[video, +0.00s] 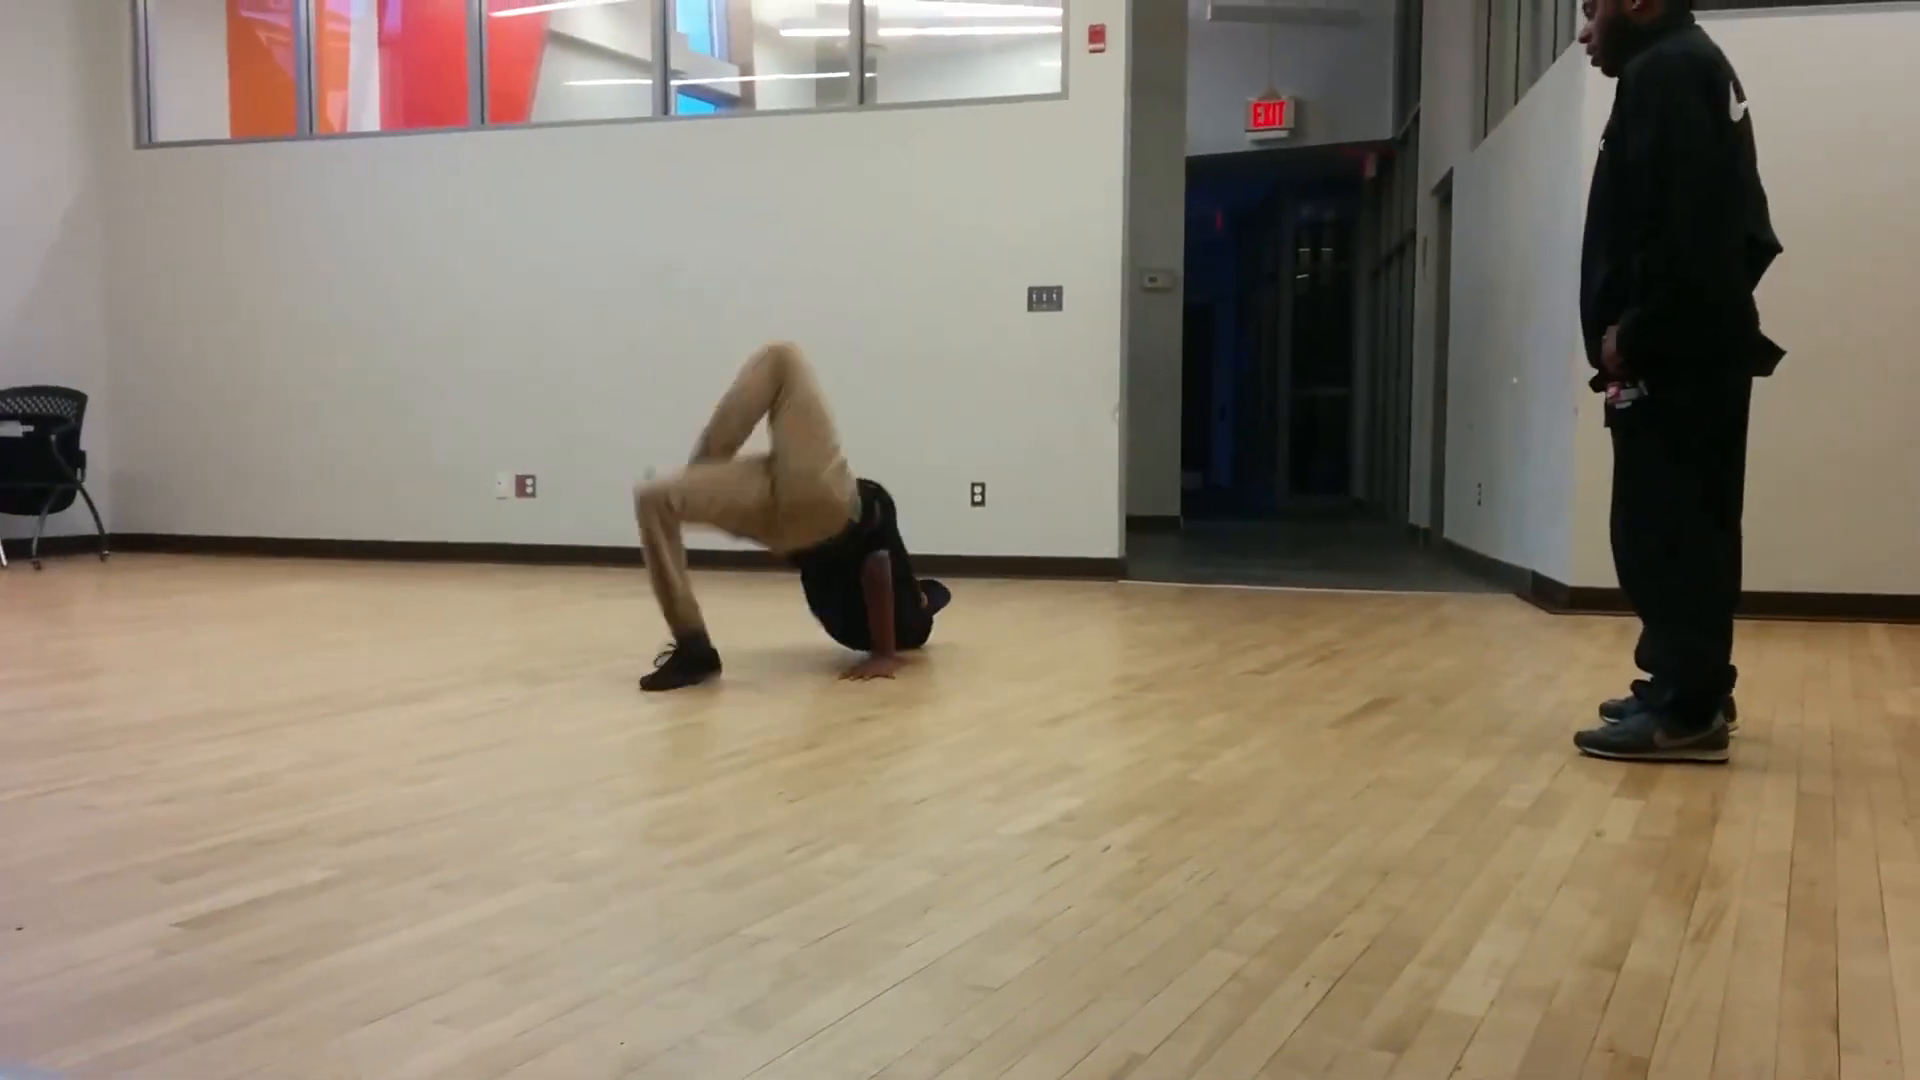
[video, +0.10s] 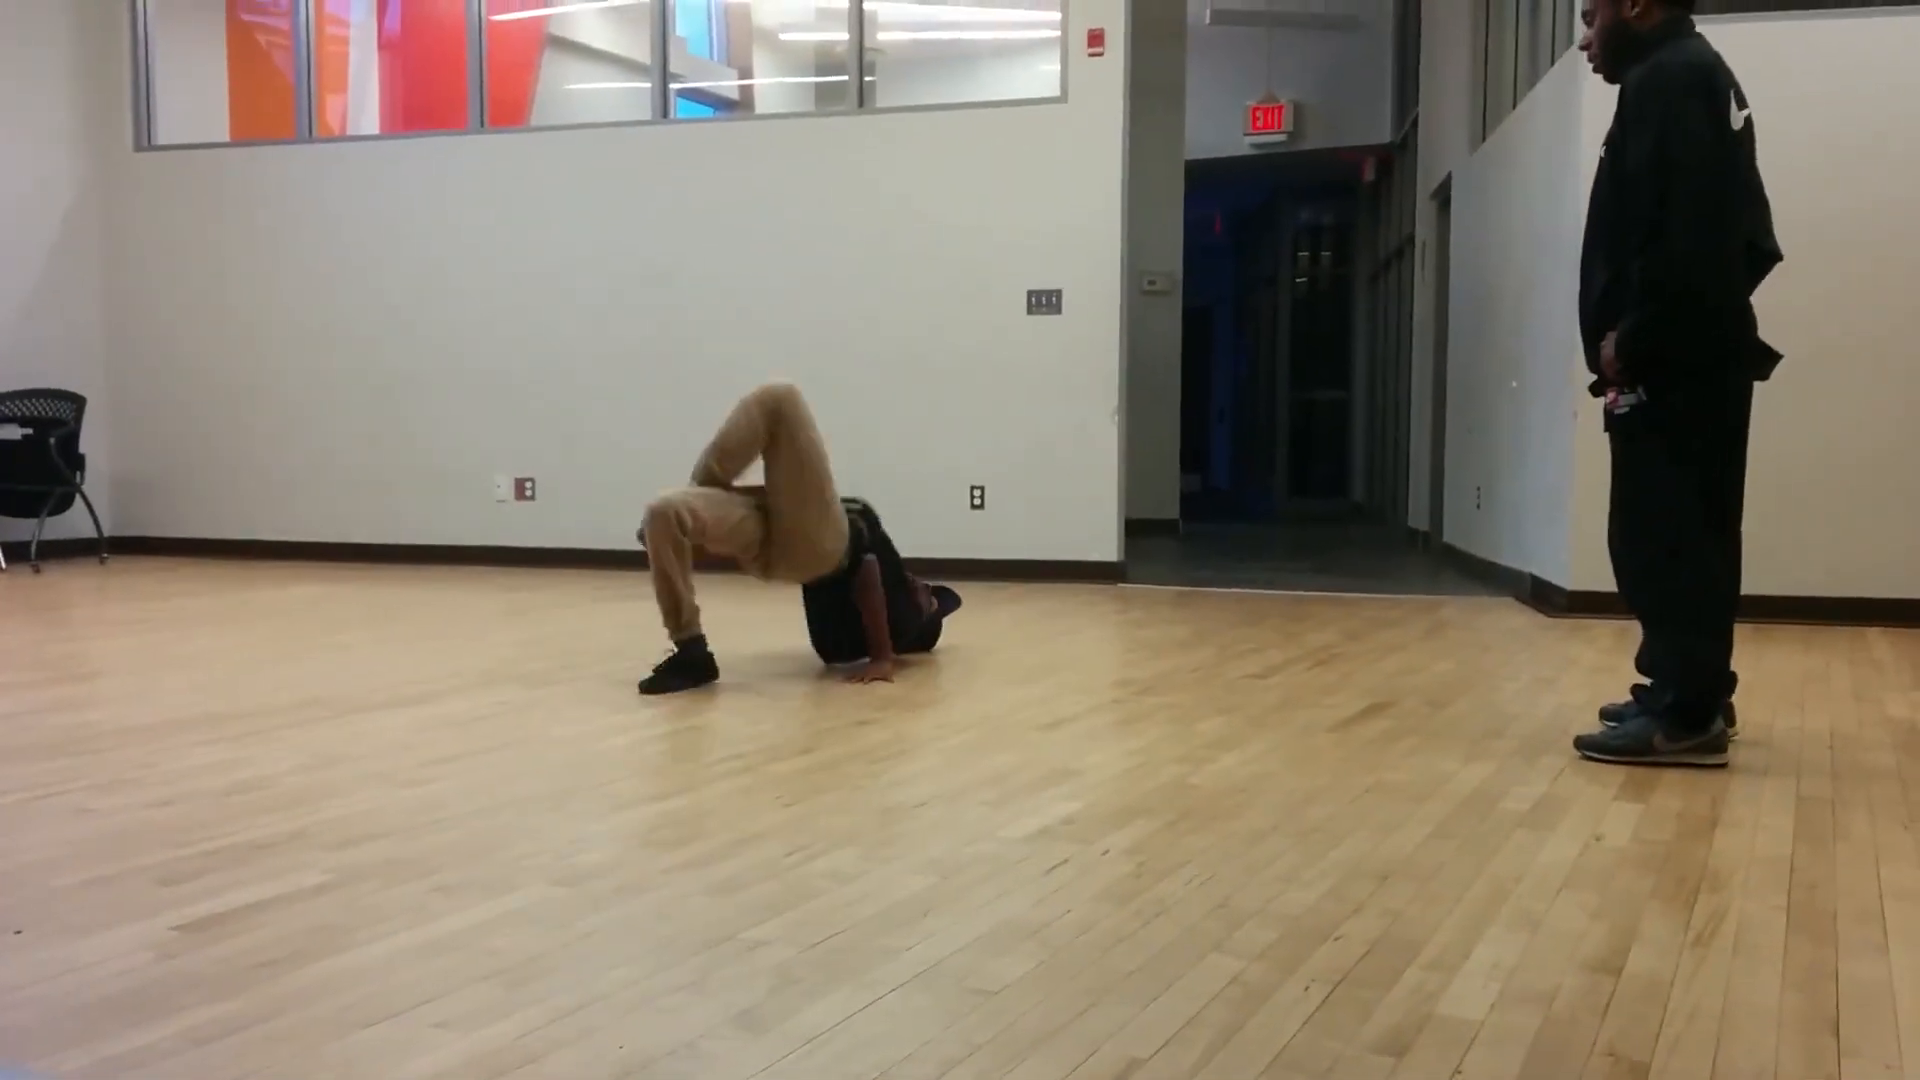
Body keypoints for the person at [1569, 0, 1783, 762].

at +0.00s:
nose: (1582, 28)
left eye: (1591, 10)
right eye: (1583, 12)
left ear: (1637, 6)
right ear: (1647, 9)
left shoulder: (1667, 72)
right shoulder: (1687, 67)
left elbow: (1678, 225)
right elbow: (1738, 234)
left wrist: (1633, 331)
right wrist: (1634, 332)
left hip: (1676, 363)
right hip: (1690, 357)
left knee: (1668, 528)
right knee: (1678, 523)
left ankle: (1687, 711)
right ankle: (1684, 693)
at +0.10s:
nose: (1583, 36)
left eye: (1591, 17)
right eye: (1583, 19)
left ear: (1638, 10)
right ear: (1648, 13)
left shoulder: (1668, 82)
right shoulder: (1692, 77)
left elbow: (1683, 237)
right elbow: (1750, 242)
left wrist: (1632, 338)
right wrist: (1647, 332)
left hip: (1675, 371)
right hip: (1693, 365)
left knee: (1667, 534)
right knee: (1680, 529)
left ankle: (1686, 715)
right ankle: (1684, 697)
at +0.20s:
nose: (1581, 45)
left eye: (1590, 25)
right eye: (1581, 28)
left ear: (1636, 14)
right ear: (1645, 17)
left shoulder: (1667, 89)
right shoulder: (1693, 83)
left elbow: (1682, 244)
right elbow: (1736, 248)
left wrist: (1627, 344)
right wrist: (1628, 334)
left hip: (1672, 372)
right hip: (1692, 366)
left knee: (1663, 539)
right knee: (1677, 534)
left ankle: (1684, 719)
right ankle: (1683, 701)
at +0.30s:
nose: (1584, 47)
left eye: (1592, 26)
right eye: (1584, 30)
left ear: (1639, 17)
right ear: (1644, 21)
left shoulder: (1673, 99)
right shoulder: (1682, 93)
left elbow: (1683, 253)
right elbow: (1676, 249)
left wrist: (1626, 350)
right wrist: (1595, 304)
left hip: (1677, 374)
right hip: (1681, 367)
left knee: (1658, 540)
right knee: (1670, 536)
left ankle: (1681, 722)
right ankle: (1679, 702)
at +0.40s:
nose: (1587, 59)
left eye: (1595, 37)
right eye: (1587, 42)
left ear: (1643, 27)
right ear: (1647, 29)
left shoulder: (1672, 106)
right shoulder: (1685, 101)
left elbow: (1670, 256)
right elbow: (1668, 246)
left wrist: (1622, 352)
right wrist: (1592, 288)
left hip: (1672, 377)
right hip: (1685, 370)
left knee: (1652, 545)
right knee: (1677, 540)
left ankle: (1675, 726)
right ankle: (1679, 711)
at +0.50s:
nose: (1593, 61)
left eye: (1602, 41)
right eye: (1593, 45)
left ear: (1651, 35)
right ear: (1654, 36)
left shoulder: (1683, 110)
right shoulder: (1677, 111)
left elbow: (1677, 266)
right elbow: (1659, 271)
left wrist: (1629, 359)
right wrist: (1581, 298)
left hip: (1682, 384)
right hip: (1680, 380)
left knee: (1655, 548)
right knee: (1676, 544)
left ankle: (1678, 729)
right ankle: (1683, 712)